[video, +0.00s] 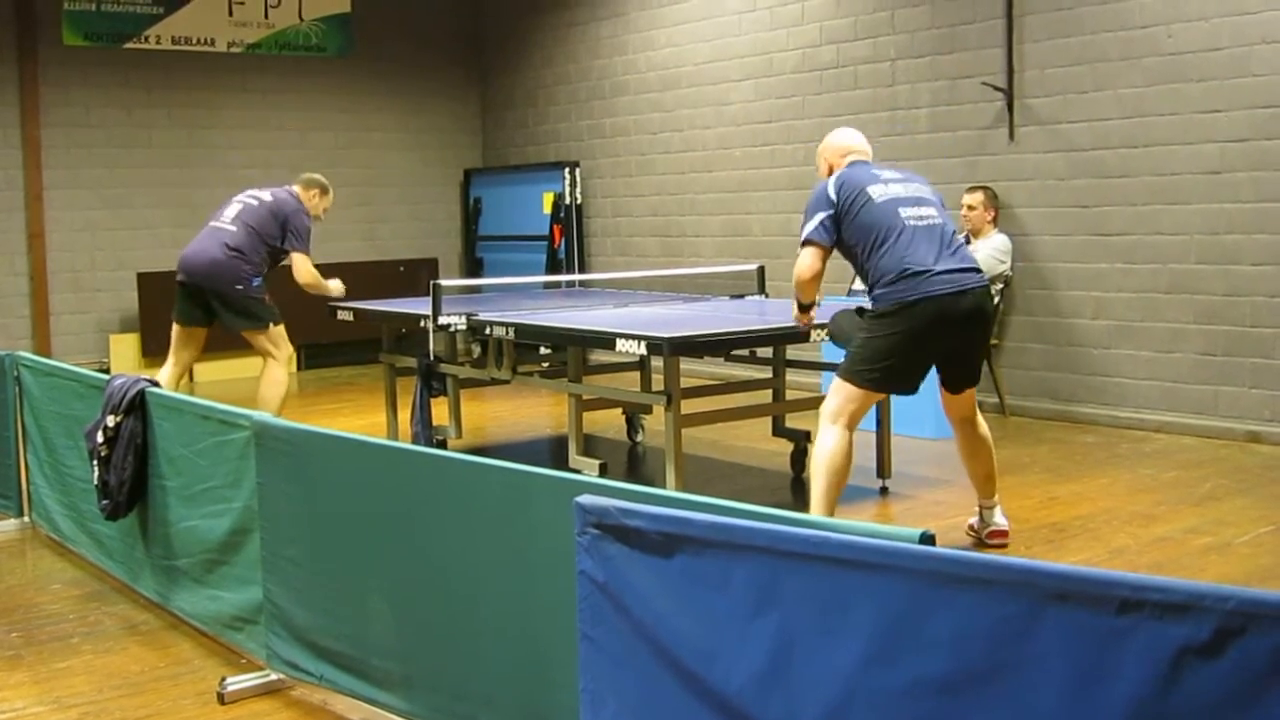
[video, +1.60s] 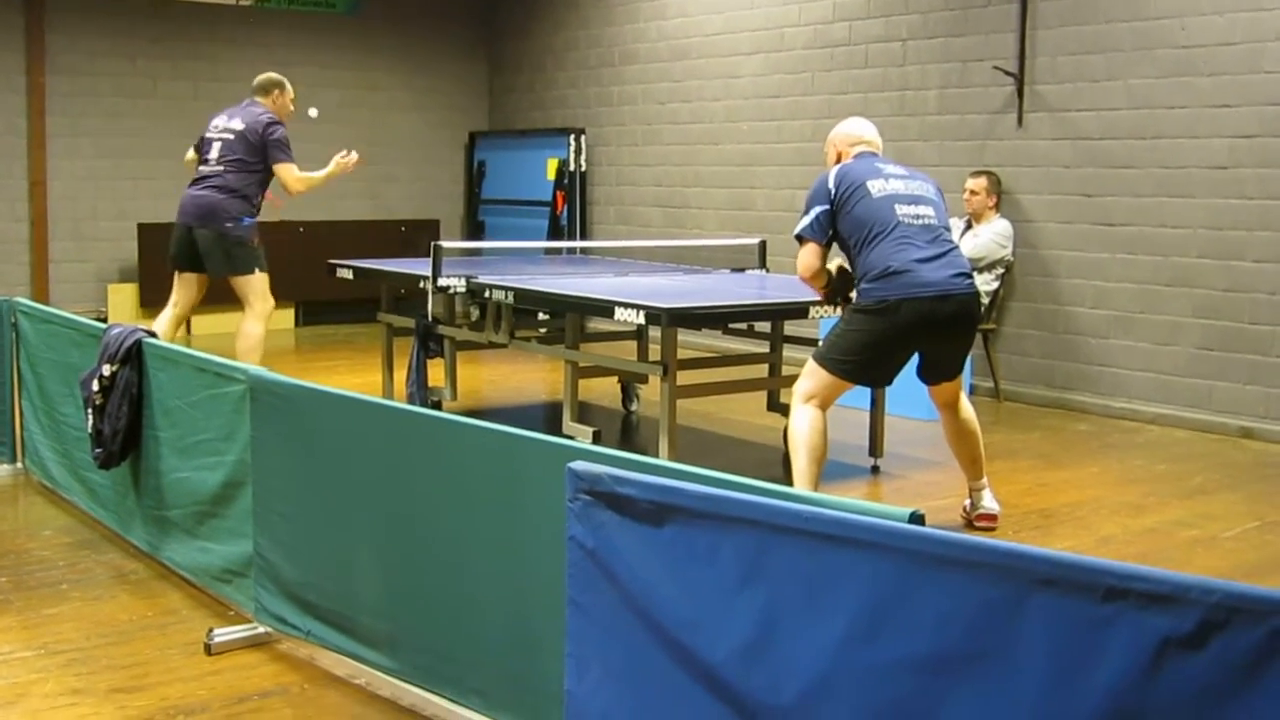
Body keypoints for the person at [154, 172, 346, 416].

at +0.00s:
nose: (320, 216)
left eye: (324, 211)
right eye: (323, 208)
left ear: (299, 188)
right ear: (313, 194)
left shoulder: (259, 193)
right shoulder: (296, 211)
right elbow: (304, 276)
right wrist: (329, 288)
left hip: (191, 265)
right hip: (232, 271)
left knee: (177, 360)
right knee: (279, 355)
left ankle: (147, 425)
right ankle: (263, 437)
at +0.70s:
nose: (317, 255)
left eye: (321, 250)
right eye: (319, 247)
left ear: (300, 229)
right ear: (307, 232)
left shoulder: (257, 227)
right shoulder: (285, 247)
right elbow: (283, 316)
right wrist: (322, 305)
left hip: (174, 285)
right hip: (213, 290)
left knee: (183, 372)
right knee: (281, 359)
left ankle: (149, 418)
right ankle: (265, 439)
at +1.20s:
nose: (305, 211)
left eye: (308, 205)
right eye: (305, 202)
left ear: (284, 189)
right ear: (288, 190)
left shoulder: (237, 191)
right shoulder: (274, 210)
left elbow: (207, 235)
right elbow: (290, 277)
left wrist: (233, 272)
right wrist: (333, 262)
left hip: (166, 259)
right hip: (205, 263)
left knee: (181, 348)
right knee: (271, 336)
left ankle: (150, 401)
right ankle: (261, 420)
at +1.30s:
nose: (301, 178)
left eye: (303, 171)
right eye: (299, 169)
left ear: (277, 158)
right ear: (282, 159)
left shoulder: (231, 166)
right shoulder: (271, 182)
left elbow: (205, 216)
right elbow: (299, 244)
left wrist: (238, 253)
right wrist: (332, 213)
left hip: (167, 241)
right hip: (205, 246)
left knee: (180, 334)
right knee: (261, 328)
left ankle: (152, 397)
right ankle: (260, 415)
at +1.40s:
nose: (297, 144)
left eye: (297, 137)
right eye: (294, 135)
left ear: (269, 129)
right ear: (274, 129)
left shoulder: (222, 142)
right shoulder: (267, 155)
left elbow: (205, 192)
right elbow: (304, 210)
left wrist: (243, 228)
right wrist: (330, 182)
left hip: (171, 226)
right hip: (209, 230)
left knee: (177, 320)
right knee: (252, 317)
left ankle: (146, 385)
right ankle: (253, 405)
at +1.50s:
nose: (292, 119)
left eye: (292, 112)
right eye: (289, 111)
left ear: (262, 107)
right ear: (272, 106)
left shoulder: (219, 126)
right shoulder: (265, 135)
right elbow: (299, 194)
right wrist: (332, 174)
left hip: (178, 216)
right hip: (216, 219)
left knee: (176, 311)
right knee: (253, 309)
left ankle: (141, 379)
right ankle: (248, 397)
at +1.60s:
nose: (292, 109)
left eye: (292, 101)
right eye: (290, 100)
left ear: (260, 96)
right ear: (275, 96)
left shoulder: (224, 117)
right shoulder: (270, 124)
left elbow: (192, 159)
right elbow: (294, 184)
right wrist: (332, 171)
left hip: (190, 212)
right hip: (228, 216)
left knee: (178, 303)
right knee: (259, 305)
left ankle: (143, 371)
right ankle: (246, 391)